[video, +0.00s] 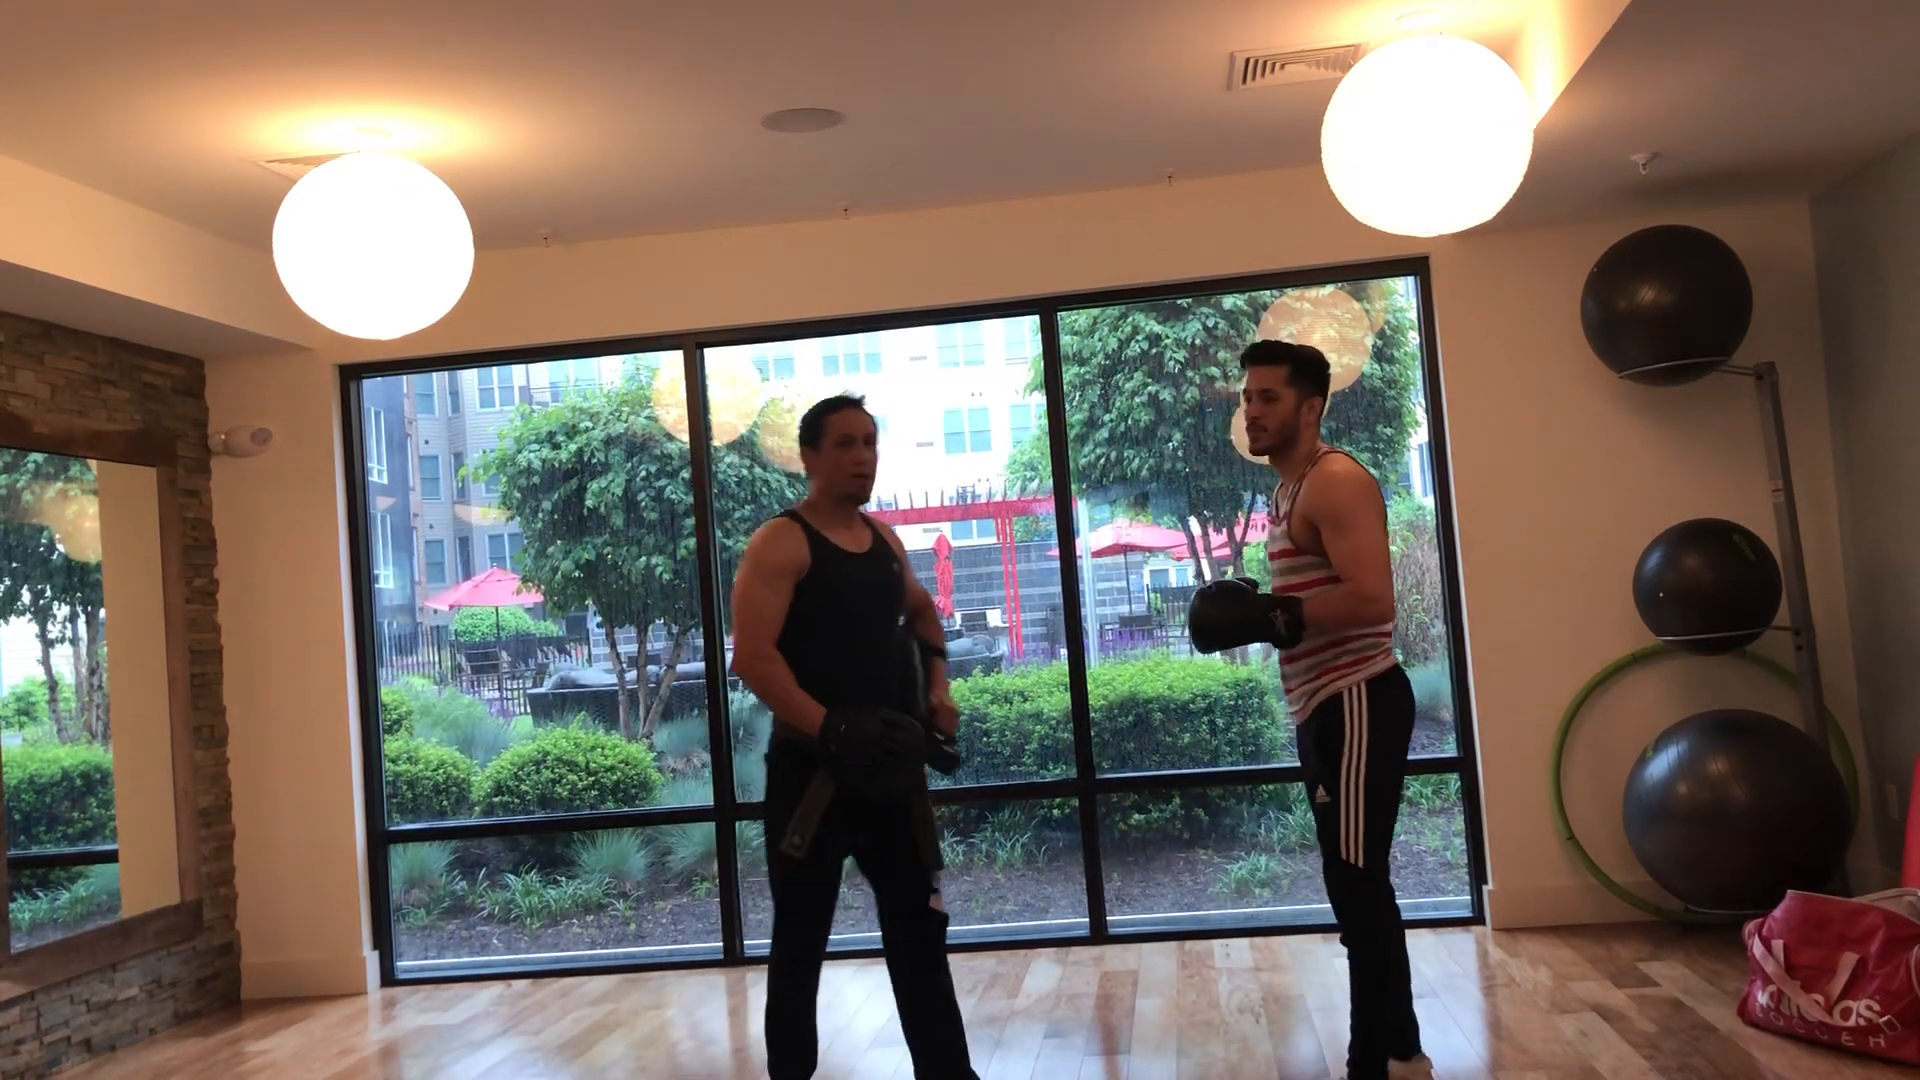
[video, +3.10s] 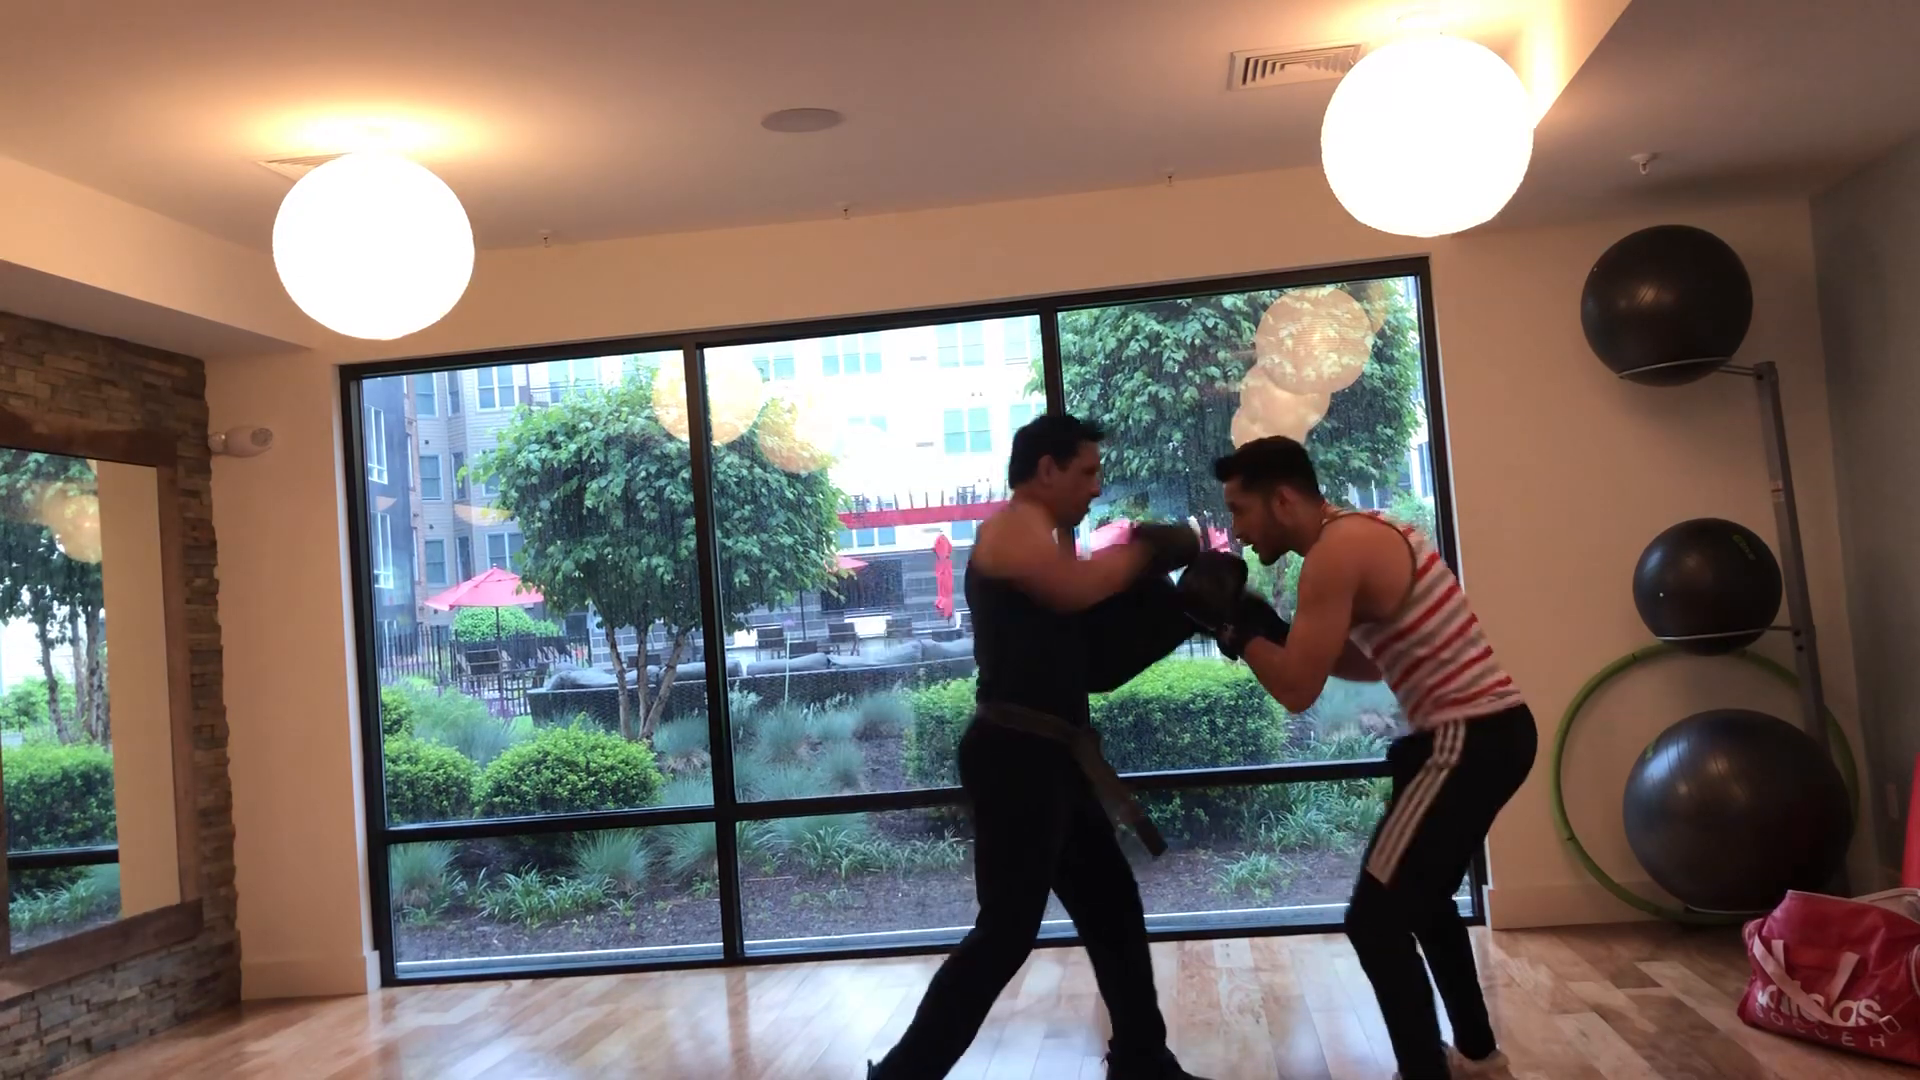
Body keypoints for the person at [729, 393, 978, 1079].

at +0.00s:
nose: (863, 457)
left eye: (870, 444)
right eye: (845, 445)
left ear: (878, 454)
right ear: (809, 458)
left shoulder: (881, 537)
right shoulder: (777, 544)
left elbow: (923, 618)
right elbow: (751, 657)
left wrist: (938, 686)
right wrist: (829, 728)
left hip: (890, 762)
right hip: (809, 768)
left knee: (918, 929)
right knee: (800, 940)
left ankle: (947, 1073)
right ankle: (790, 1073)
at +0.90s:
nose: (881, 438)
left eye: (889, 424)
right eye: (862, 428)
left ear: (903, 436)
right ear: (831, 448)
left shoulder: (910, 533)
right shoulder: (809, 533)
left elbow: (946, 622)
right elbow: (772, 649)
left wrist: (1021, 640)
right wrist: (850, 730)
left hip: (915, 754)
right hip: (836, 763)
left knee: (943, 936)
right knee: (838, 948)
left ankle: (949, 1074)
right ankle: (842, 1078)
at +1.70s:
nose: (977, 463)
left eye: (976, 449)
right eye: (965, 449)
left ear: (935, 457)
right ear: (919, 453)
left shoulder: (944, 534)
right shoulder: (865, 535)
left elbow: (945, 634)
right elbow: (842, 652)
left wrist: (1006, 658)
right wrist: (948, 672)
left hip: (946, 749)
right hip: (879, 753)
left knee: (973, 924)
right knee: (872, 937)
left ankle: (990, 1072)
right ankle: (849, 1076)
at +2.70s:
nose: (1015, 495)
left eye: (1017, 480)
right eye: (1011, 478)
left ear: (972, 474)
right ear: (971, 471)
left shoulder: (969, 549)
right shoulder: (888, 550)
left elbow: (971, 650)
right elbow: (877, 674)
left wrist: (1035, 678)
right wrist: (982, 700)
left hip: (964, 754)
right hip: (895, 760)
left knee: (1030, 909)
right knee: (898, 942)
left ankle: (1098, 1059)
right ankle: (873, 1076)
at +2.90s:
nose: (1052, 501)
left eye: (1053, 486)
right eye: (1046, 485)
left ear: (1007, 482)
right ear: (1007, 481)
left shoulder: (1011, 559)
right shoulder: (932, 560)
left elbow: (1028, 659)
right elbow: (877, 660)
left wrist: (1087, 603)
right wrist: (984, 676)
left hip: (1025, 769)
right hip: (959, 776)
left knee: (1100, 915)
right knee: (954, 954)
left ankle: (1137, 1065)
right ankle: (890, 1077)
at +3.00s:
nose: (1077, 492)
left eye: (1078, 478)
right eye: (1070, 478)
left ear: (1028, 479)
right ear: (1030, 476)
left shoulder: (1029, 560)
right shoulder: (966, 547)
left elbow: (1068, 649)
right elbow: (938, 631)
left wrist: (1119, 590)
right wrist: (1038, 611)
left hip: (1047, 763)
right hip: (991, 767)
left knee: (1124, 907)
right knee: (991, 947)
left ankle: (1143, 1061)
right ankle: (896, 1074)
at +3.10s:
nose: (1096, 488)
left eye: (1097, 475)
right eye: (1088, 473)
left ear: (1048, 473)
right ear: (1046, 469)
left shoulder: (1047, 541)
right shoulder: (1013, 528)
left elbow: (1093, 660)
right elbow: (1073, 590)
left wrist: (1175, 600)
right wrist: (1144, 549)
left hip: (1053, 754)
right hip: (1011, 754)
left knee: (1113, 909)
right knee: (1007, 931)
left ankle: (1142, 1060)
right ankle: (902, 1072)